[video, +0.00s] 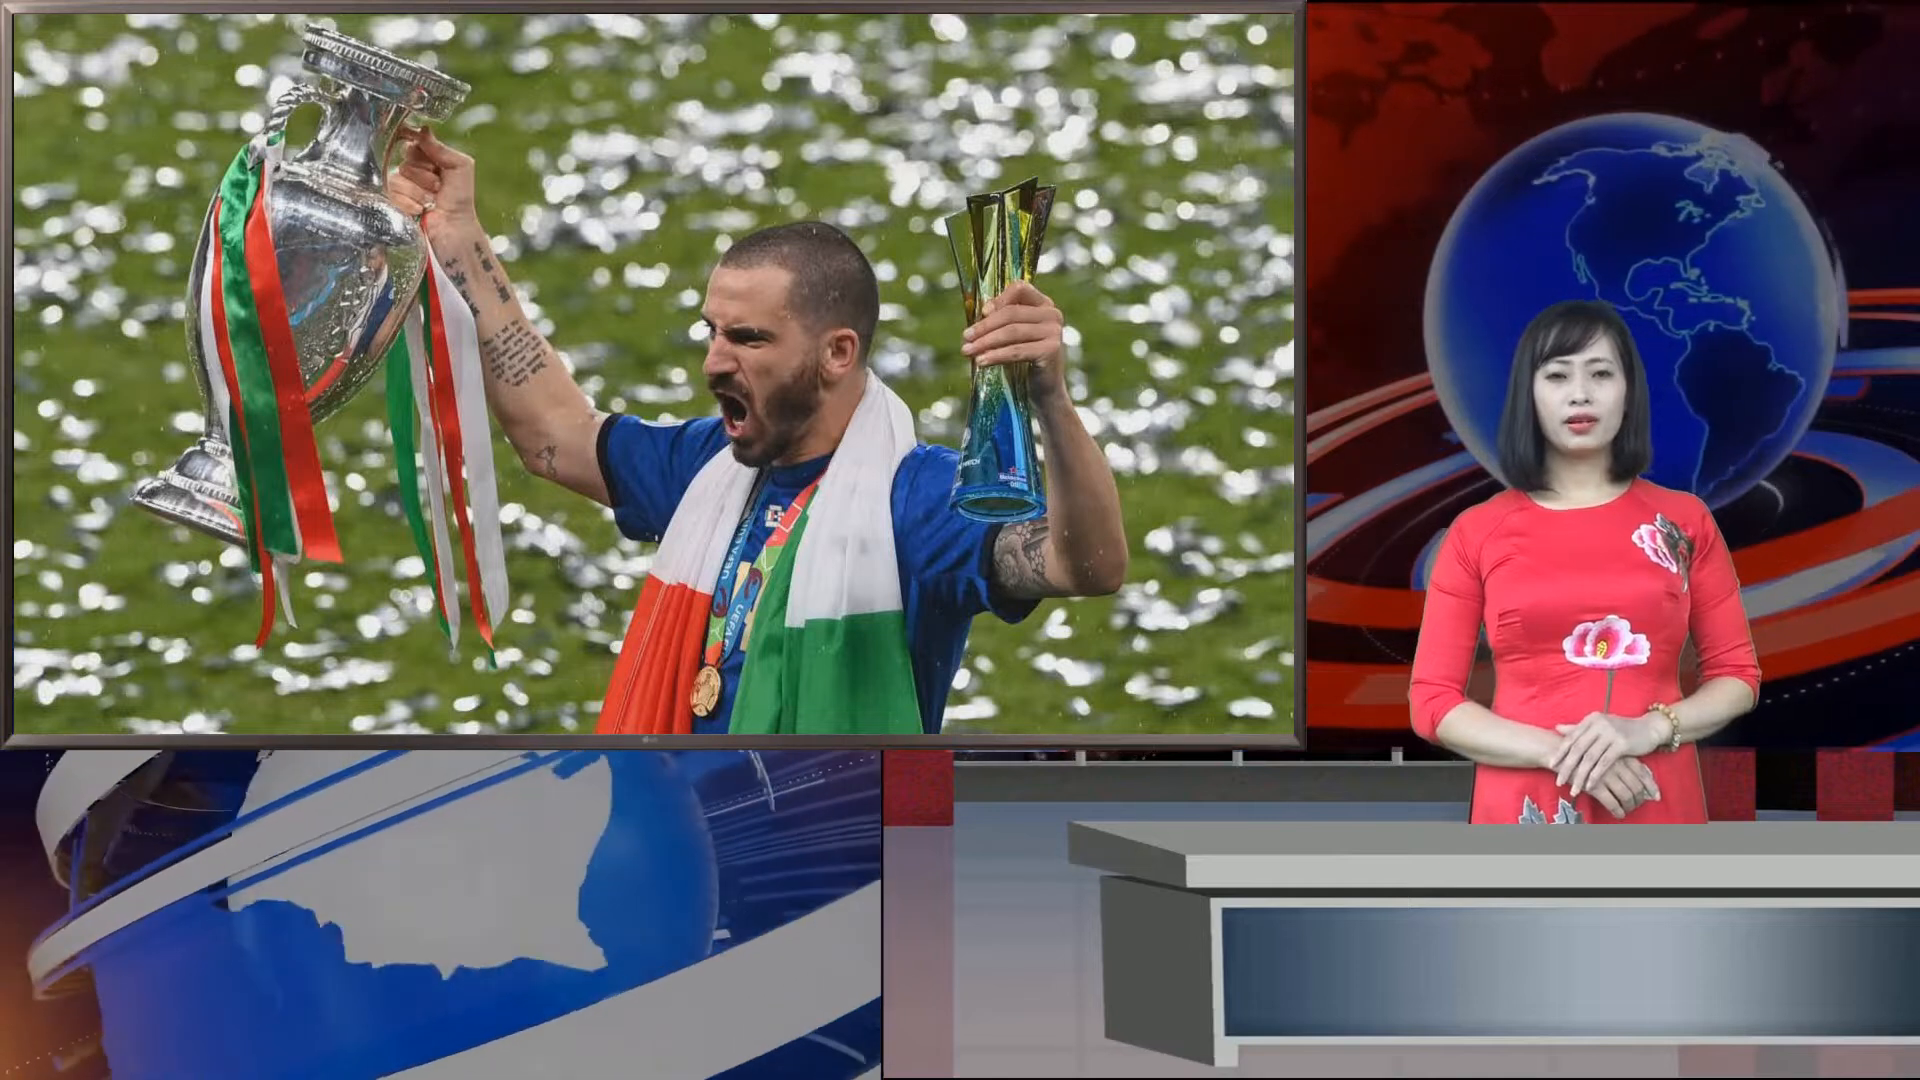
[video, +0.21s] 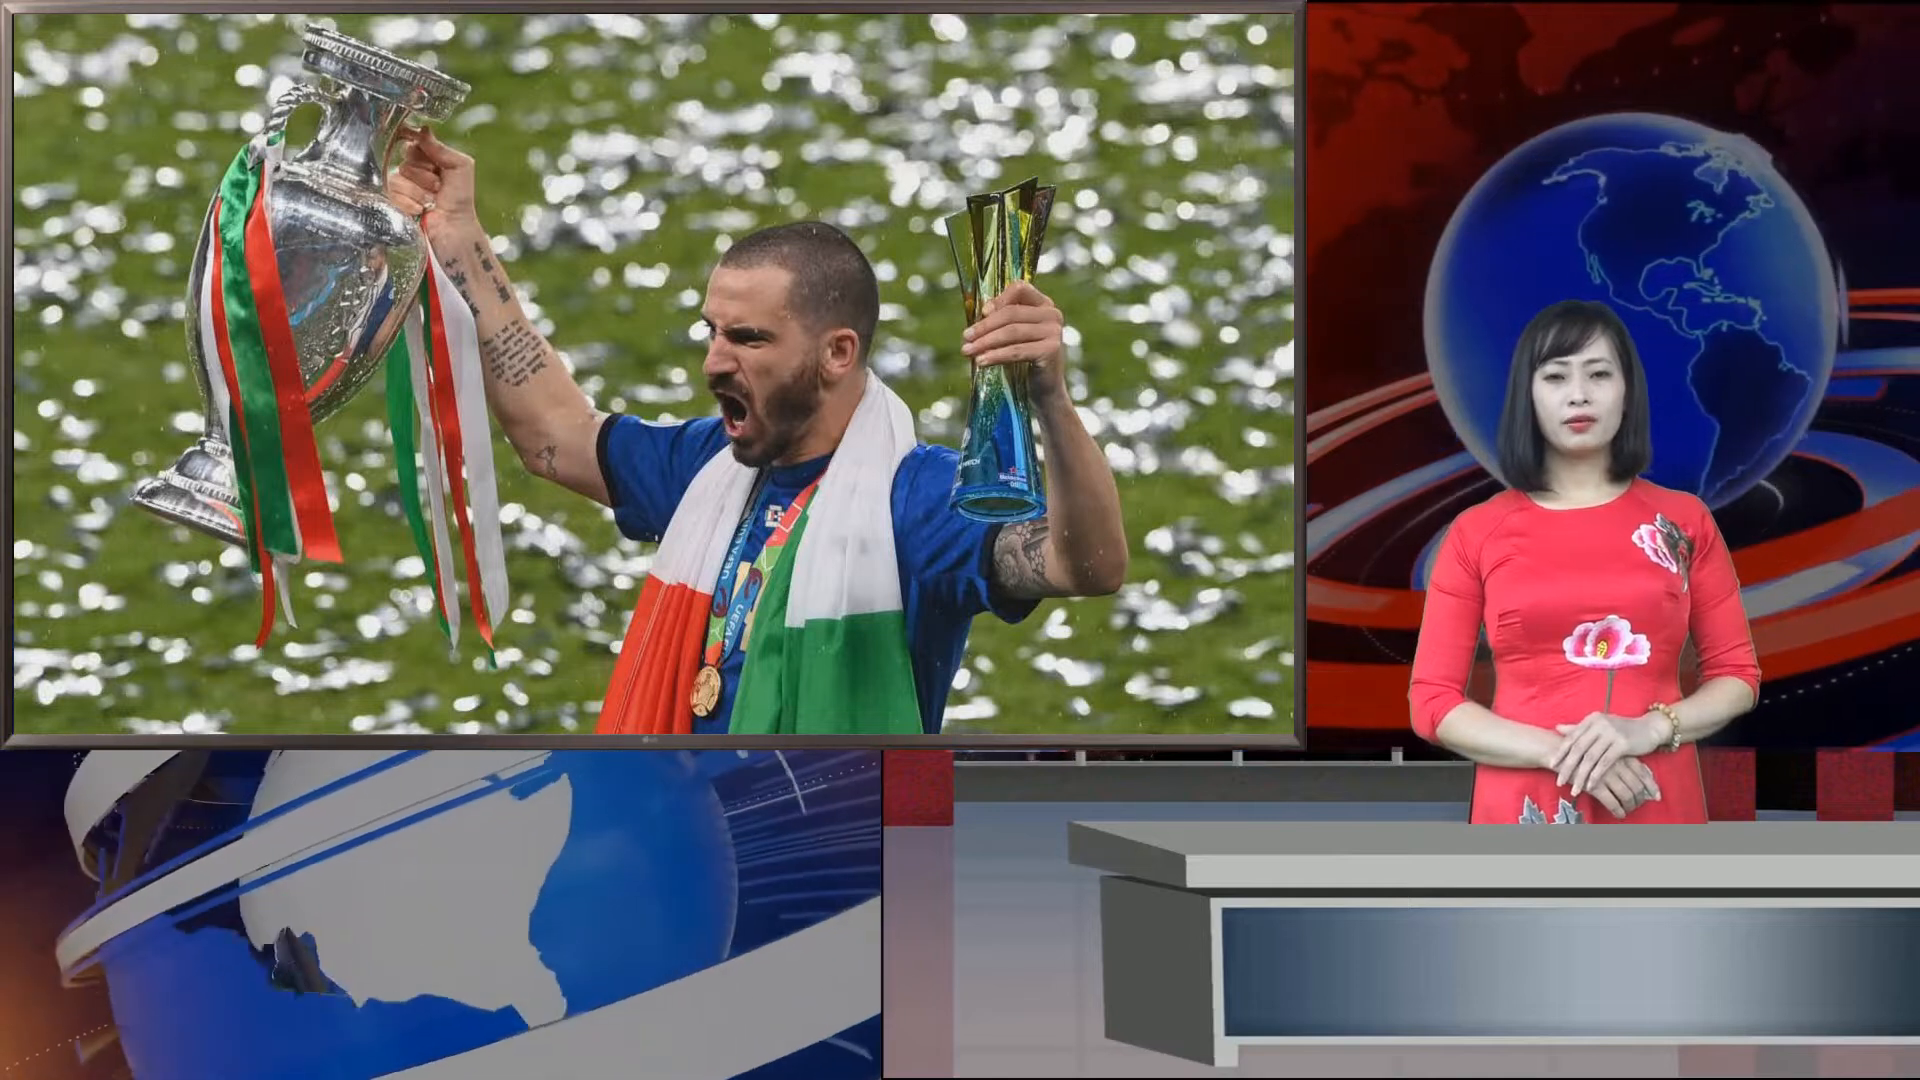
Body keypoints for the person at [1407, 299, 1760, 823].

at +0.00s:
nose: (1579, 393)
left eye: (1601, 374)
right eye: (1558, 375)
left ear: (1628, 392)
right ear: (1530, 393)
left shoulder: (1683, 521)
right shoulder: (1478, 533)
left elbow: (1737, 679)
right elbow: (1432, 701)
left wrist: (1650, 727)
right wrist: (1565, 751)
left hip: (1661, 823)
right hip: (1521, 824)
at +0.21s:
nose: (1578, 394)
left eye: (1599, 374)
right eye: (1556, 377)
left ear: (1627, 392)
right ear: (1529, 394)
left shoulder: (1683, 521)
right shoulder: (1478, 533)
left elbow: (1737, 679)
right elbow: (1432, 701)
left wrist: (1651, 727)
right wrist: (1566, 752)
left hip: (1660, 823)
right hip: (1521, 824)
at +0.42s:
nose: (1579, 395)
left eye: (1600, 375)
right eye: (1557, 377)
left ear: (1628, 392)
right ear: (1529, 394)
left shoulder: (1683, 522)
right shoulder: (1479, 533)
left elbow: (1737, 679)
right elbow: (1432, 701)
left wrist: (1651, 727)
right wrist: (1565, 752)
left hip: (1661, 823)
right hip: (1521, 824)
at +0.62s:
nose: (1581, 394)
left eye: (1603, 374)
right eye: (1559, 375)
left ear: (1630, 392)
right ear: (1531, 393)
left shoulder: (1686, 523)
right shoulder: (1479, 533)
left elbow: (1738, 680)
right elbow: (1432, 701)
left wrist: (1651, 729)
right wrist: (1566, 752)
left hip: (1661, 824)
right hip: (1521, 824)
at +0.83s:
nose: (1582, 393)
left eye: (1604, 374)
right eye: (1560, 375)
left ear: (1631, 392)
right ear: (1532, 392)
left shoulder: (1686, 522)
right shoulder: (1479, 534)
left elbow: (1739, 681)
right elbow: (1433, 701)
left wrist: (1652, 729)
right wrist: (1567, 753)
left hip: (1662, 824)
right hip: (1522, 825)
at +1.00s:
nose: (1581, 393)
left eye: (1603, 374)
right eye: (1560, 375)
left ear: (1632, 392)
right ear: (1532, 392)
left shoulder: (1687, 522)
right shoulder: (1479, 533)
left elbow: (1740, 680)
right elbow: (1433, 701)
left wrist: (1653, 729)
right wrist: (1568, 753)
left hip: (1663, 824)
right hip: (1522, 825)